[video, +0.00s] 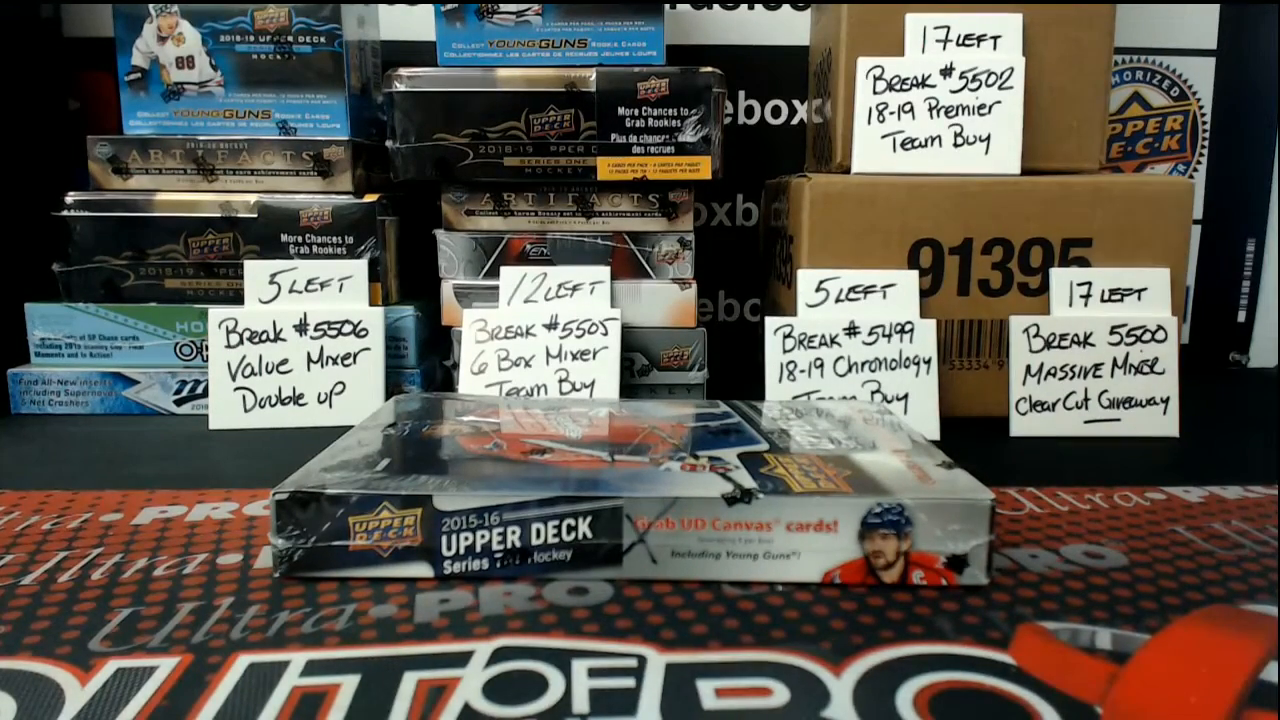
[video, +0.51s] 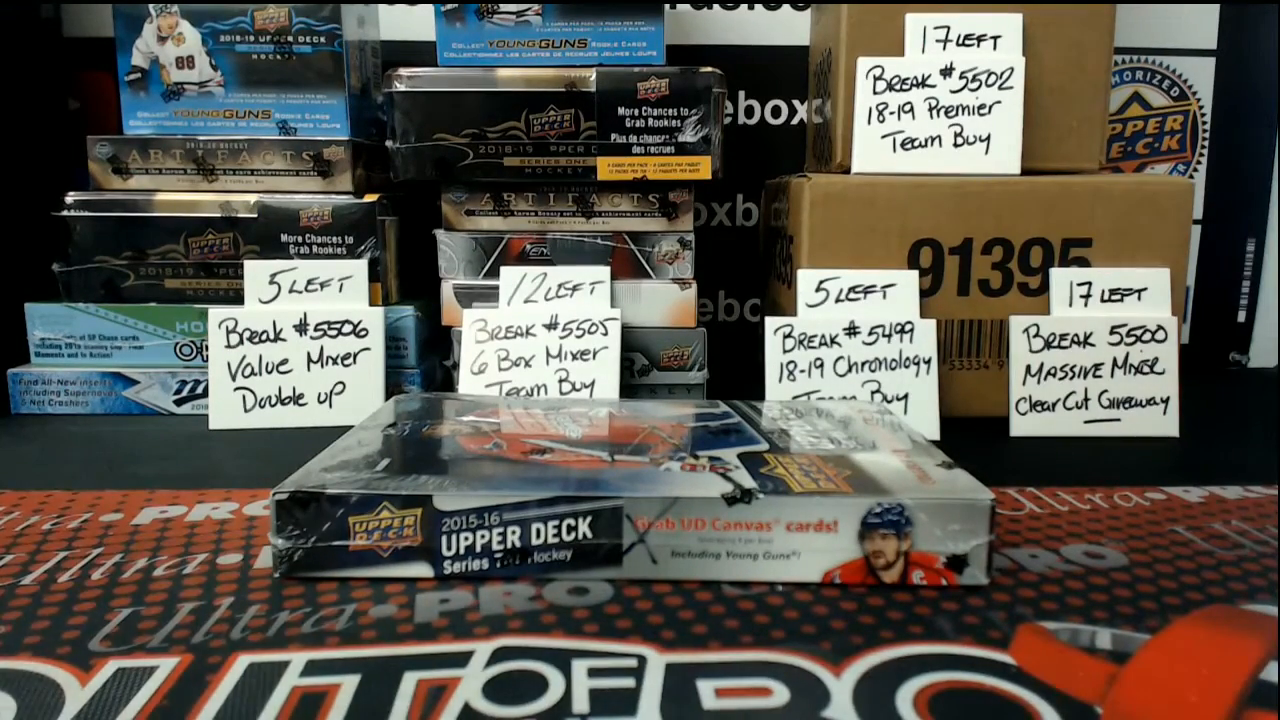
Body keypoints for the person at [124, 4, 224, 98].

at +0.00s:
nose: (170, 22)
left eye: (173, 17)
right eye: (164, 18)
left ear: (178, 17)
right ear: (156, 20)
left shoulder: (186, 35)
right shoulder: (150, 28)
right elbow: (141, 50)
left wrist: (179, 88)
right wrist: (137, 74)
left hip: (209, 84)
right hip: (182, 85)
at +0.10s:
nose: (170, 22)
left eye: (173, 17)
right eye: (164, 18)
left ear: (178, 17)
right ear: (156, 20)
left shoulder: (186, 35)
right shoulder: (150, 28)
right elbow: (141, 50)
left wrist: (179, 89)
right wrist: (137, 74)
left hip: (208, 84)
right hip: (181, 84)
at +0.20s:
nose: (170, 22)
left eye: (173, 17)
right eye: (164, 18)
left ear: (178, 17)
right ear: (156, 20)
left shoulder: (186, 35)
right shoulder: (150, 28)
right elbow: (141, 50)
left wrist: (179, 89)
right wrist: (137, 74)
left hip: (209, 84)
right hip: (181, 85)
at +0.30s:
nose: (170, 22)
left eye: (173, 17)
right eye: (164, 18)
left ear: (178, 17)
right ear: (156, 20)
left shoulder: (186, 35)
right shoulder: (150, 28)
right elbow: (141, 50)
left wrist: (179, 89)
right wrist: (137, 74)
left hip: (209, 84)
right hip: (181, 85)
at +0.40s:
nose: (170, 22)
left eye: (173, 17)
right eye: (164, 18)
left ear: (178, 17)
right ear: (156, 20)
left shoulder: (186, 35)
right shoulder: (150, 28)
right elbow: (141, 50)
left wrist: (179, 89)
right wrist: (137, 74)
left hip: (209, 84)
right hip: (181, 85)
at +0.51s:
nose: (170, 22)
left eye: (173, 17)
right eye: (164, 18)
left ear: (178, 17)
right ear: (156, 20)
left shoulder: (185, 35)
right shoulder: (150, 28)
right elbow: (141, 50)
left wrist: (178, 89)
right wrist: (136, 74)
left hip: (209, 84)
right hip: (181, 83)